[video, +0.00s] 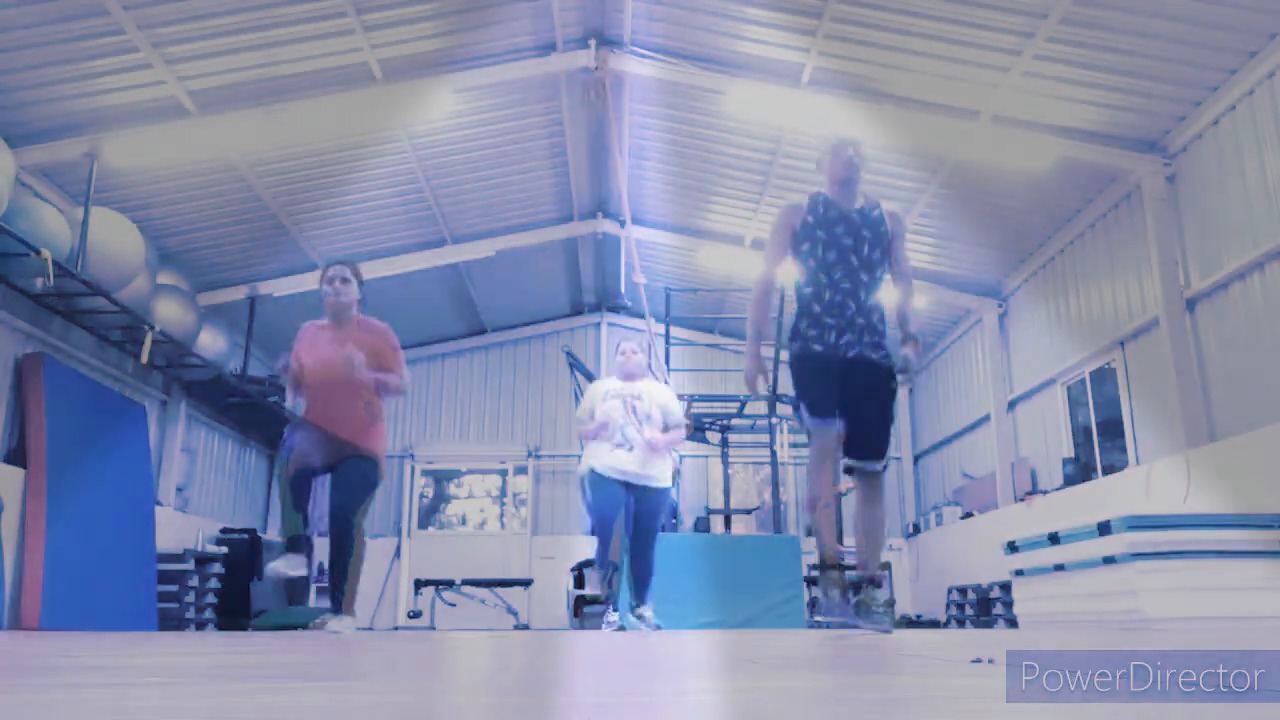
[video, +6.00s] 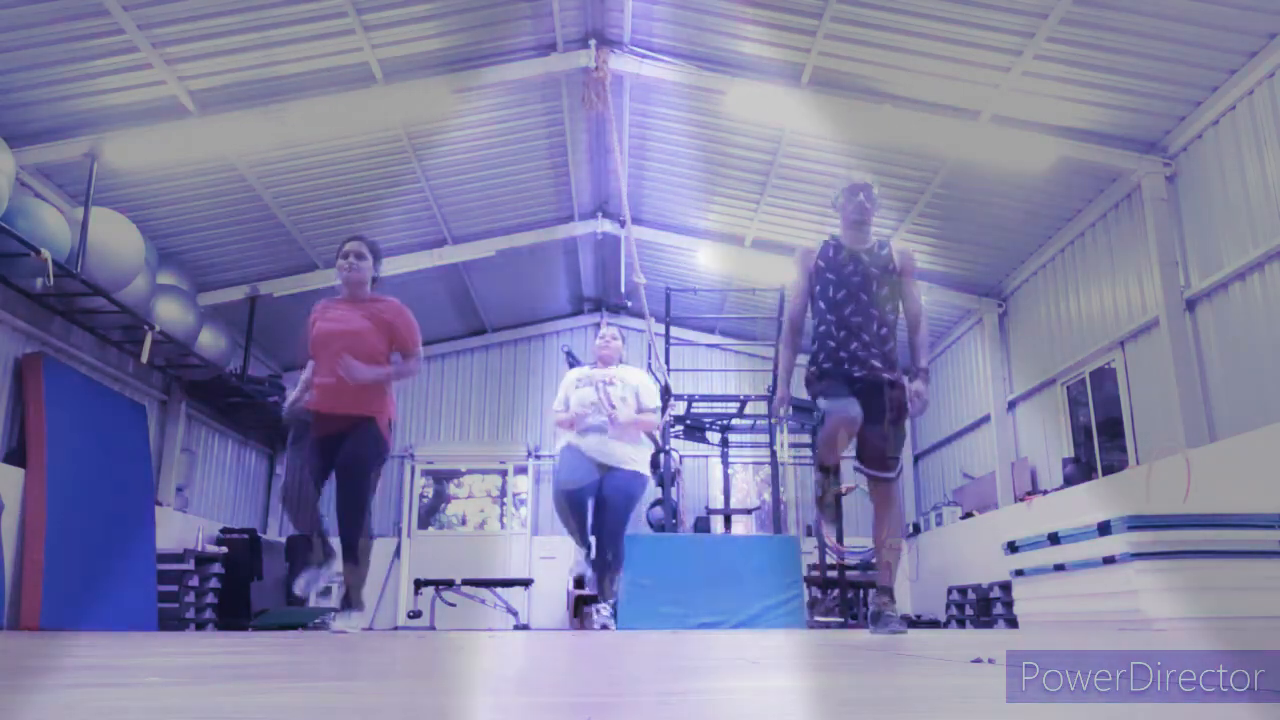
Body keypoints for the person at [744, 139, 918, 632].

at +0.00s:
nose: (848, 158)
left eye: (854, 153)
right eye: (839, 153)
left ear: (864, 168)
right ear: (822, 166)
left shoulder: (886, 218)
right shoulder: (798, 213)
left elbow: (903, 283)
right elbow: (766, 282)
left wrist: (907, 332)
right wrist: (755, 351)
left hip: (872, 350)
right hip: (815, 345)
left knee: (870, 474)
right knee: (825, 444)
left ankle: (871, 586)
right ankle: (830, 577)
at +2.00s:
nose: (833, 183)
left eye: (839, 178)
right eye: (824, 178)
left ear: (847, 188)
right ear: (808, 189)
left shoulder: (871, 237)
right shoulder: (787, 238)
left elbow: (891, 298)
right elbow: (771, 307)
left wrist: (907, 345)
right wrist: (771, 371)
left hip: (875, 361)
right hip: (818, 363)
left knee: (891, 468)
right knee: (827, 479)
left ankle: (879, 562)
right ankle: (838, 592)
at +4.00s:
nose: (813, 249)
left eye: (819, 243)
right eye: (806, 243)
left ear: (826, 252)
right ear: (794, 251)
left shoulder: (842, 297)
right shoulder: (772, 295)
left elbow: (863, 349)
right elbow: (751, 347)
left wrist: (871, 395)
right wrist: (766, 387)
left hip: (839, 404)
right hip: (790, 406)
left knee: (851, 475)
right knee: (795, 499)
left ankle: (849, 578)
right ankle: (800, 594)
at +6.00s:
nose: (861, 203)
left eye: (869, 198)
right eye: (853, 197)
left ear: (878, 210)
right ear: (838, 209)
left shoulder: (896, 258)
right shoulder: (814, 257)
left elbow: (916, 319)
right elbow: (792, 323)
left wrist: (920, 373)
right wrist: (782, 384)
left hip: (883, 377)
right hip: (831, 371)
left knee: (884, 488)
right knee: (845, 416)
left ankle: (884, 599)